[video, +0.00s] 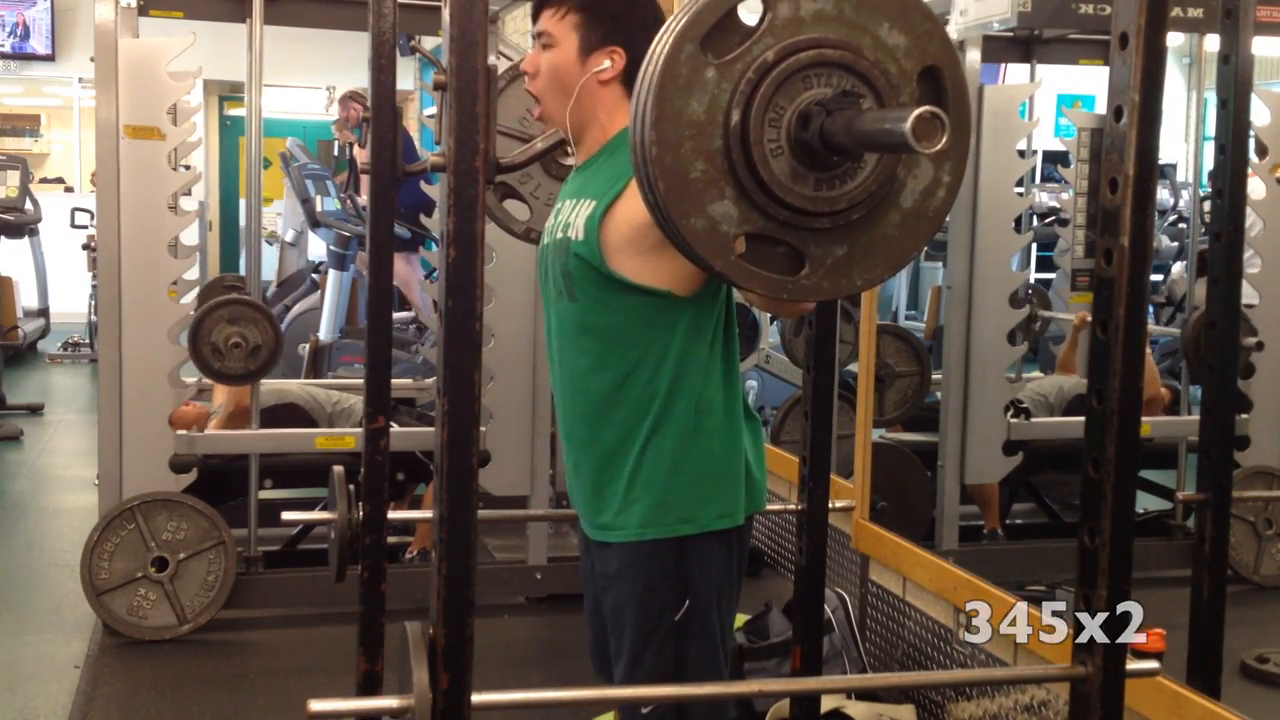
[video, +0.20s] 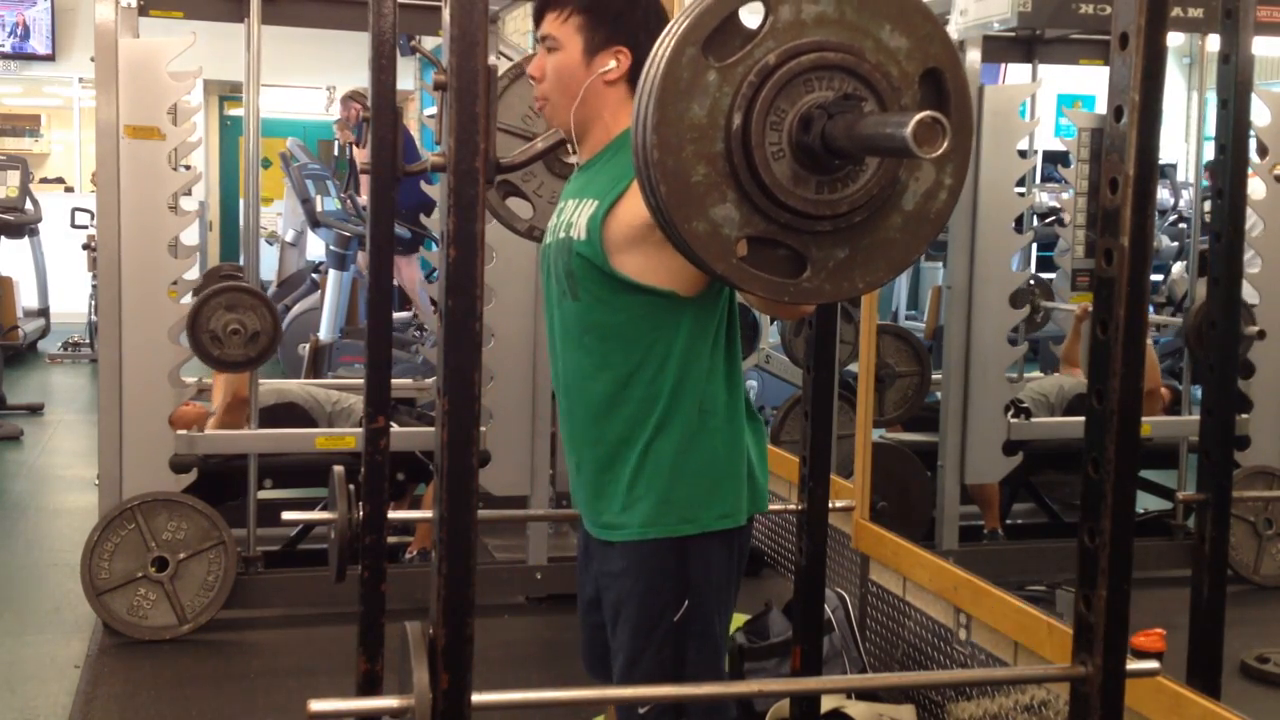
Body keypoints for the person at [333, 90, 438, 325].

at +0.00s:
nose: (345, 121)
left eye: (345, 115)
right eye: (343, 117)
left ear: (356, 108)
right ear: (357, 109)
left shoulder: (376, 129)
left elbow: (367, 169)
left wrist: (365, 201)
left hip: (399, 202)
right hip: (406, 200)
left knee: (395, 258)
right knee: (410, 260)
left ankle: (424, 315)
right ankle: (427, 318)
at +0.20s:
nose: (344, 119)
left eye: (345, 113)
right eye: (343, 114)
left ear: (357, 108)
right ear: (358, 108)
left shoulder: (374, 127)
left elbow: (366, 168)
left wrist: (364, 201)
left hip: (402, 205)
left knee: (407, 268)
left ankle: (428, 321)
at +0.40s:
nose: (343, 119)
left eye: (344, 113)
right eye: (342, 114)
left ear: (356, 108)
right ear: (357, 108)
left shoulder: (374, 127)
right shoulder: (363, 130)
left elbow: (365, 169)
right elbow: (362, 171)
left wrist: (365, 202)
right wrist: (364, 201)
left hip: (403, 200)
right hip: (391, 200)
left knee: (409, 259)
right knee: (398, 258)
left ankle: (429, 321)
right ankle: (417, 310)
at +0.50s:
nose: (343, 119)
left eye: (344, 113)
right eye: (341, 115)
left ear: (356, 108)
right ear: (355, 110)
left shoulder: (380, 128)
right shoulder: (359, 134)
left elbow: (369, 168)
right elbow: (361, 171)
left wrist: (365, 201)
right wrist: (363, 199)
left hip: (403, 204)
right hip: (384, 204)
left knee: (406, 266)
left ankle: (429, 325)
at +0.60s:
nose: (343, 120)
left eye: (344, 113)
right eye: (341, 115)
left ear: (356, 107)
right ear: (354, 109)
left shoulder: (382, 128)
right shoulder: (361, 133)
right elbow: (362, 171)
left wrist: (366, 200)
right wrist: (363, 198)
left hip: (404, 206)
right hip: (385, 206)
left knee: (408, 276)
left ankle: (434, 330)